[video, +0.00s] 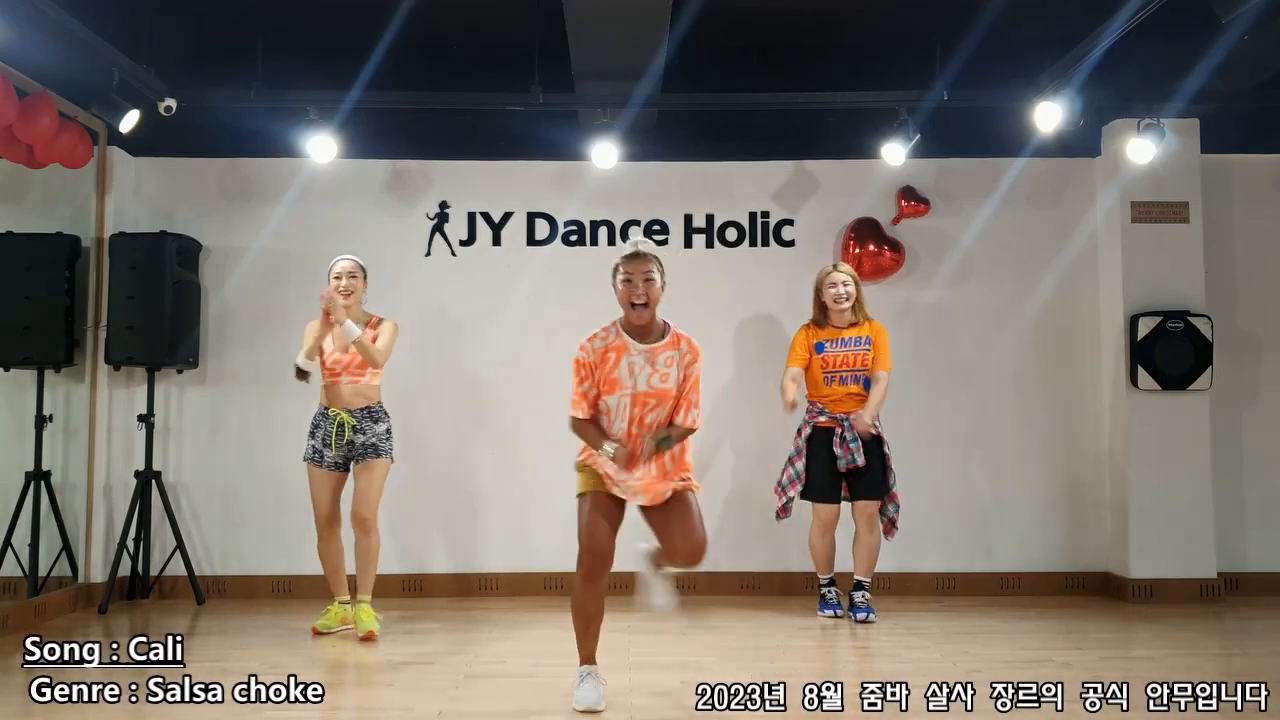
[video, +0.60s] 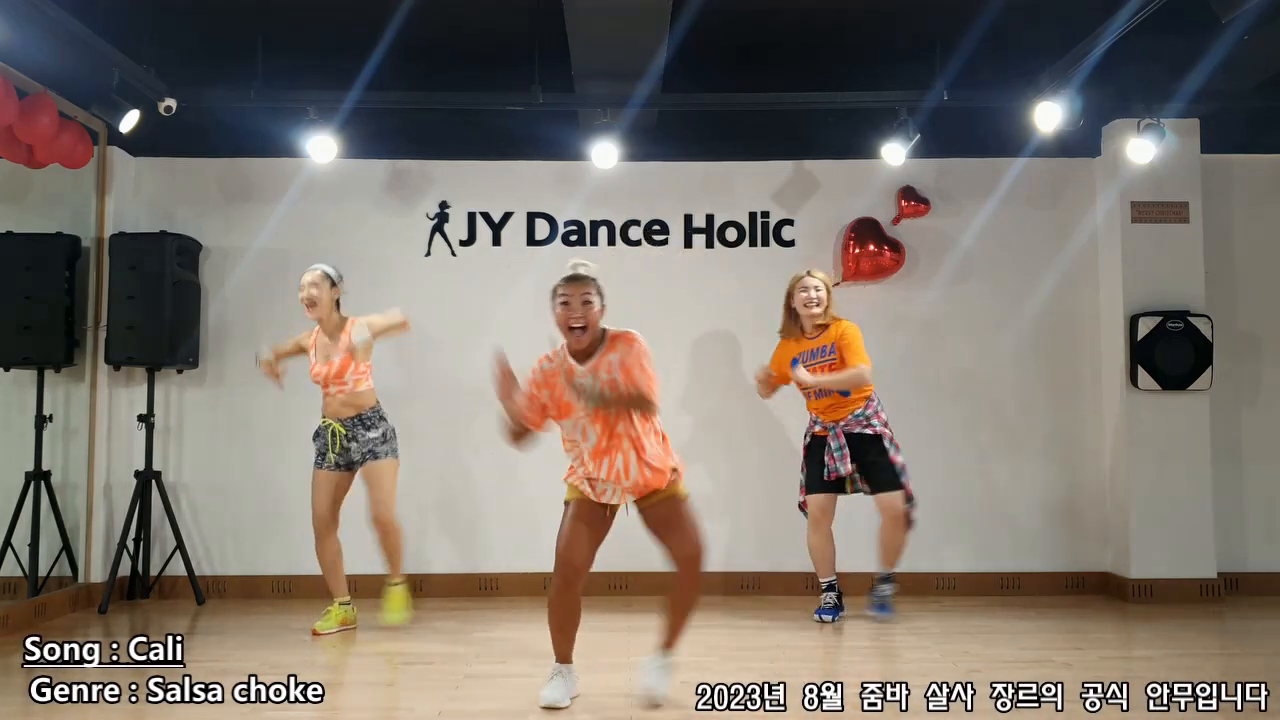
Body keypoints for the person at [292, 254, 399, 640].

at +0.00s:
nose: (344, 282)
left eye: (353, 276)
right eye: (338, 276)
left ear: (364, 287)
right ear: (328, 287)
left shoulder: (382, 326)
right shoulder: (318, 327)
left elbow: (377, 359)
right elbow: (303, 372)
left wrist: (343, 320)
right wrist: (308, 355)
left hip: (371, 425)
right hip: (328, 426)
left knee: (363, 518)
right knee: (326, 520)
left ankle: (365, 605)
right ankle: (341, 604)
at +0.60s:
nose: (306, 294)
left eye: (315, 287)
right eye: (302, 289)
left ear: (336, 291)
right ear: (301, 297)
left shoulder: (359, 326)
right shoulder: (309, 339)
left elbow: (400, 322)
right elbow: (273, 354)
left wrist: (372, 328)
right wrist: (271, 367)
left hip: (371, 429)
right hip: (332, 435)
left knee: (382, 515)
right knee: (323, 522)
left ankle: (396, 582)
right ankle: (342, 604)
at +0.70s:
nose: (306, 288)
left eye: (313, 282)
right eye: (306, 283)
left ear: (336, 285)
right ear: (311, 289)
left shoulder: (355, 317)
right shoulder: (311, 325)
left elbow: (372, 276)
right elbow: (269, 314)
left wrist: (329, 258)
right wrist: (259, 284)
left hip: (375, 418)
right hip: (338, 426)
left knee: (408, 505)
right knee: (332, 518)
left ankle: (440, 581)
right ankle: (343, 603)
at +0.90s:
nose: (318, 288)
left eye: (326, 280)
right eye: (314, 282)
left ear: (348, 287)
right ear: (313, 290)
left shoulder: (363, 324)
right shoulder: (322, 328)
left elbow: (364, 294)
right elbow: (275, 321)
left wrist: (316, 269)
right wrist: (257, 291)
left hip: (389, 420)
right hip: (353, 428)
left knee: (422, 512)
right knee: (333, 516)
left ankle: (462, 588)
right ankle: (343, 604)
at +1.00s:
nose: (334, 298)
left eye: (343, 291)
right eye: (328, 291)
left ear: (360, 297)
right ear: (323, 298)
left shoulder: (379, 332)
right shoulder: (329, 345)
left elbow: (416, 362)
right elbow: (301, 383)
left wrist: (377, 361)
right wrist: (293, 375)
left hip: (396, 433)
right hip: (358, 438)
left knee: (413, 523)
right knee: (327, 522)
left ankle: (446, 595)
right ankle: (342, 605)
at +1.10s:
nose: (358, 303)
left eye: (366, 296)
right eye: (352, 297)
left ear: (381, 303)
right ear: (345, 306)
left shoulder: (404, 345)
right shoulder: (345, 354)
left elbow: (443, 391)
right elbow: (331, 402)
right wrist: (321, 423)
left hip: (406, 441)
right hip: (365, 443)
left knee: (414, 534)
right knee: (325, 524)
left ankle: (439, 604)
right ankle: (341, 606)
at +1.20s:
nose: (381, 296)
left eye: (389, 289)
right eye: (374, 290)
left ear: (403, 295)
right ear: (367, 299)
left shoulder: (426, 337)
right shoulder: (361, 343)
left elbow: (468, 375)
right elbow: (332, 392)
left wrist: (456, 381)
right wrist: (344, 381)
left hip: (423, 434)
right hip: (380, 434)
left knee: (423, 528)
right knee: (348, 518)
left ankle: (439, 603)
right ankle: (349, 603)